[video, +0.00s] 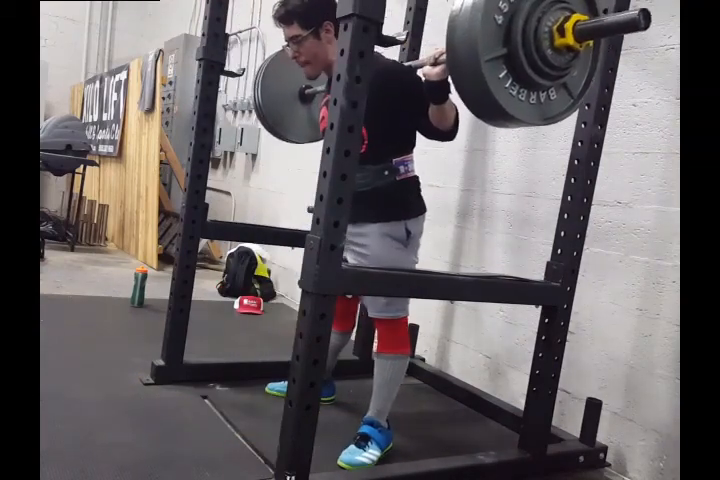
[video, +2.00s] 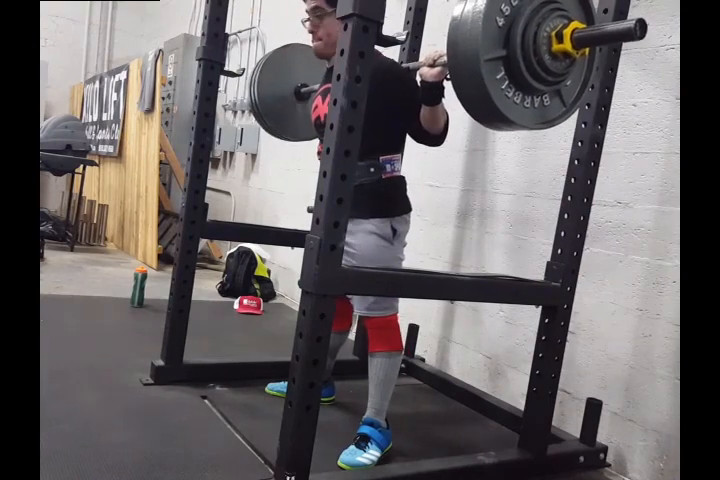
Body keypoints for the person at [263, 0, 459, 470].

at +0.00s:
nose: (293, 53)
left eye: (298, 42)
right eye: (288, 44)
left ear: (330, 31)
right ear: (321, 36)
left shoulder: (390, 78)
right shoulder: (330, 83)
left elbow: (445, 129)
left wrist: (437, 85)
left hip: (389, 217)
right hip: (341, 213)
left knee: (388, 314)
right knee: (335, 301)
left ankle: (377, 424)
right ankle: (318, 379)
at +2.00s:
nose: (310, 31)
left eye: (317, 20)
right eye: (307, 22)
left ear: (348, 19)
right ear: (320, 25)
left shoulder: (387, 74)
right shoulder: (329, 78)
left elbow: (433, 135)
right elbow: (328, 139)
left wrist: (431, 87)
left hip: (377, 215)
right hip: (331, 212)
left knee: (377, 311)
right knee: (327, 301)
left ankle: (375, 424)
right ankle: (317, 379)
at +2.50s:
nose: (312, 32)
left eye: (319, 21)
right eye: (310, 23)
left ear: (349, 22)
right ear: (331, 27)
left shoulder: (391, 78)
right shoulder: (333, 80)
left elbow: (438, 136)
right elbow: (325, 126)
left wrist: (435, 88)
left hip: (382, 217)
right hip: (335, 213)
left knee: (382, 312)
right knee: (332, 302)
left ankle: (376, 424)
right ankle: (318, 380)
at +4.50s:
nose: (284, 138)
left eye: (294, 129)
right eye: (284, 129)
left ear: (326, 136)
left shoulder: (365, 187)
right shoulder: (309, 186)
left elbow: (417, 231)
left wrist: (409, 201)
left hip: (403, 273)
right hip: (352, 271)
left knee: (353, 328)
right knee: (289, 303)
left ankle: (373, 430)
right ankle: (316, 382)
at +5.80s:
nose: (279, 152)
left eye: (288, 142)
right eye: (278, 142)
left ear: (319, 147)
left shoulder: (359, 190)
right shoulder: (313, 195)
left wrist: (406, 184)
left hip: (414, 261)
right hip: (366, 264)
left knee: (358, 319)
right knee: (300, 297)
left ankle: (373, 428)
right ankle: (316, 381)